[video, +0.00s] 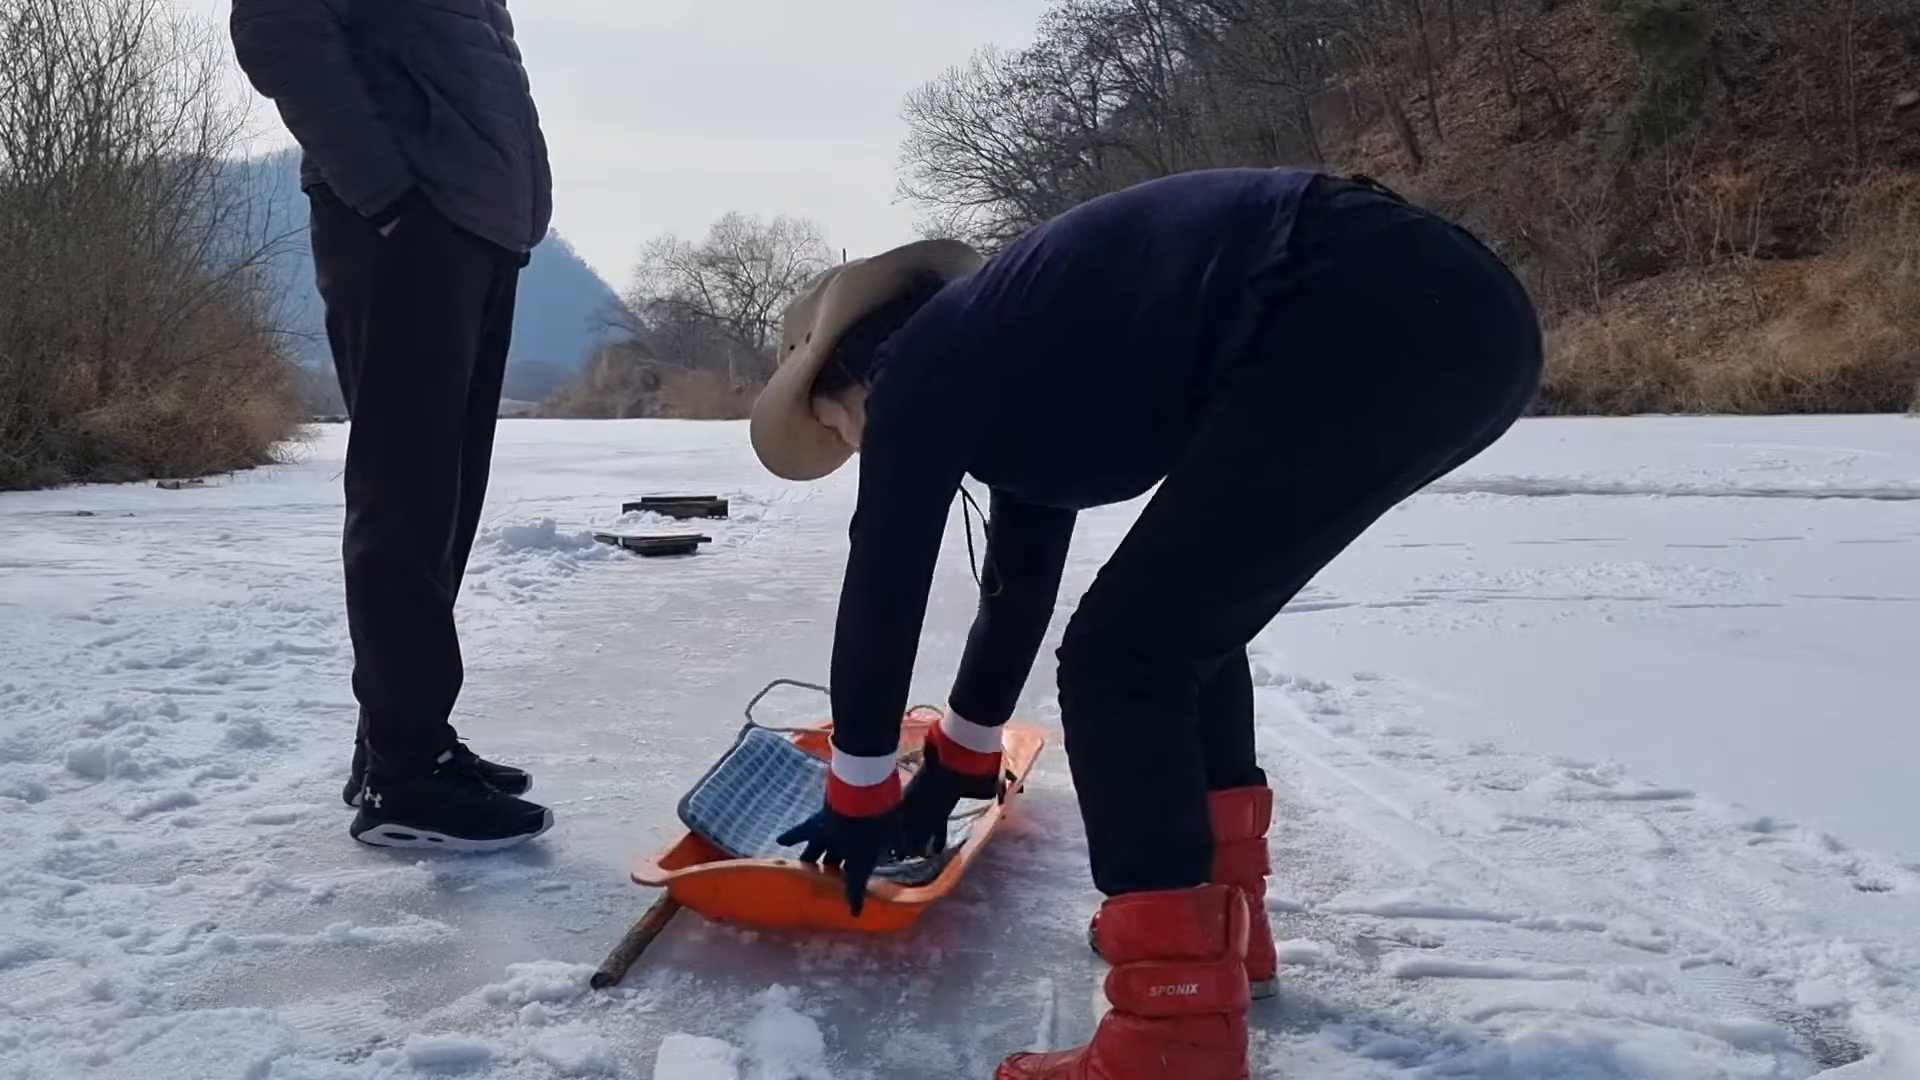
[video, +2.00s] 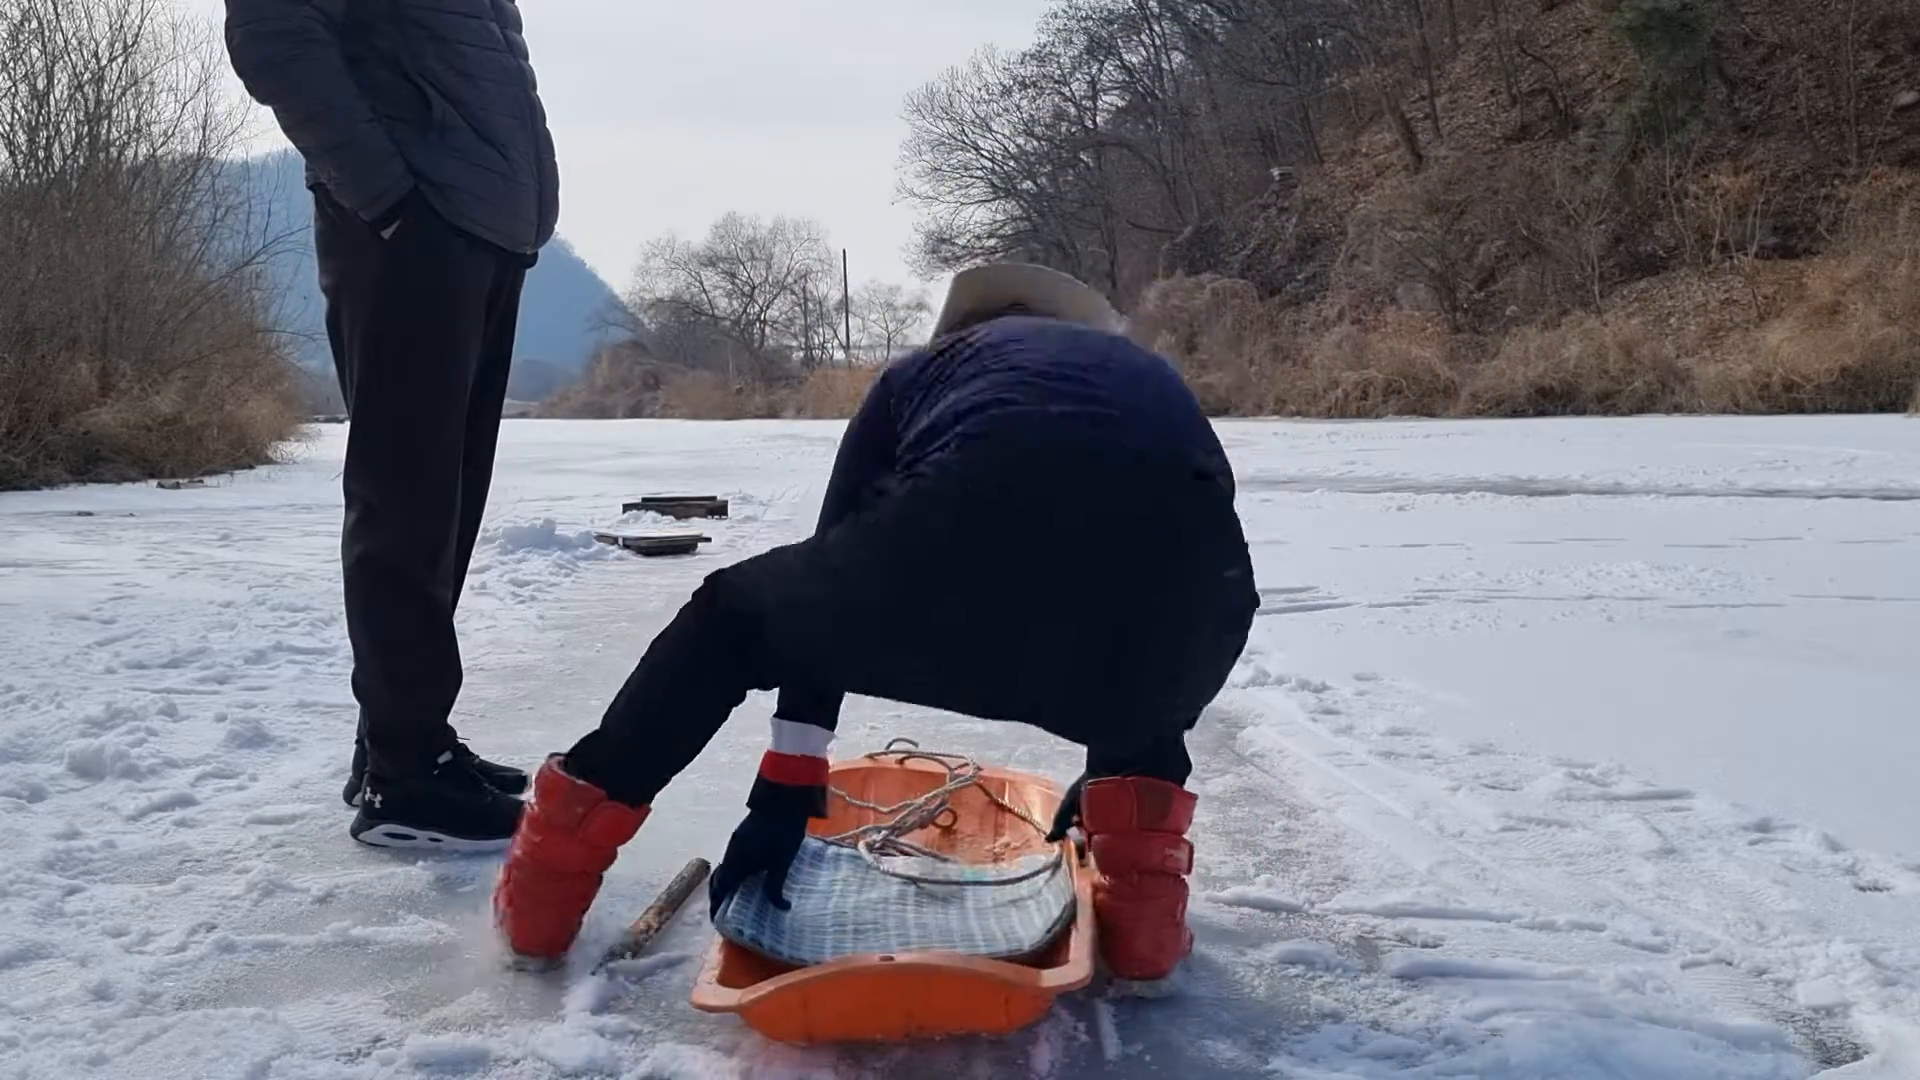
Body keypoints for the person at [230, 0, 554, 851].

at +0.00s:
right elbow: (274, 26)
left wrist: (506, 185)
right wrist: (383, 188)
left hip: (477, 219)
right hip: (402, 211)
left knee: (443, 494)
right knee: (403, 493)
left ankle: (416, 747)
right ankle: (401, 771)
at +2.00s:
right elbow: (270, 33)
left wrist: (513, 197)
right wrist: (387, 197)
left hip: (485, 232)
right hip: (408, 222)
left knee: (444, 501)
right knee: (403, 501)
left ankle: (418, 748)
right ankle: (400, 772)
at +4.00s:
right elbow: (251, 19)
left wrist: (502, 171)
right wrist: (399, 168)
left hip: (481, 209)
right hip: (414, 202)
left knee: (464, 487)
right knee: (412, 486)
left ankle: (434, 741)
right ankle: (406, 772)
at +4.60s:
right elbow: (325, 25)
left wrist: (507, 172)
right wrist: (483, 162)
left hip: (466, 209)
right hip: (411, 204)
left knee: (460, 482)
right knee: (421, 484)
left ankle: (441, 737)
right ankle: (404, 775)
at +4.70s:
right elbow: (397, 53)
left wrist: (528, 212)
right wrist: (539, 216)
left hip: (459, 209)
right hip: (408, 207)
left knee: (461, 481)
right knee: (422, 479)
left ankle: (438, 738)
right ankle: (406, 771)